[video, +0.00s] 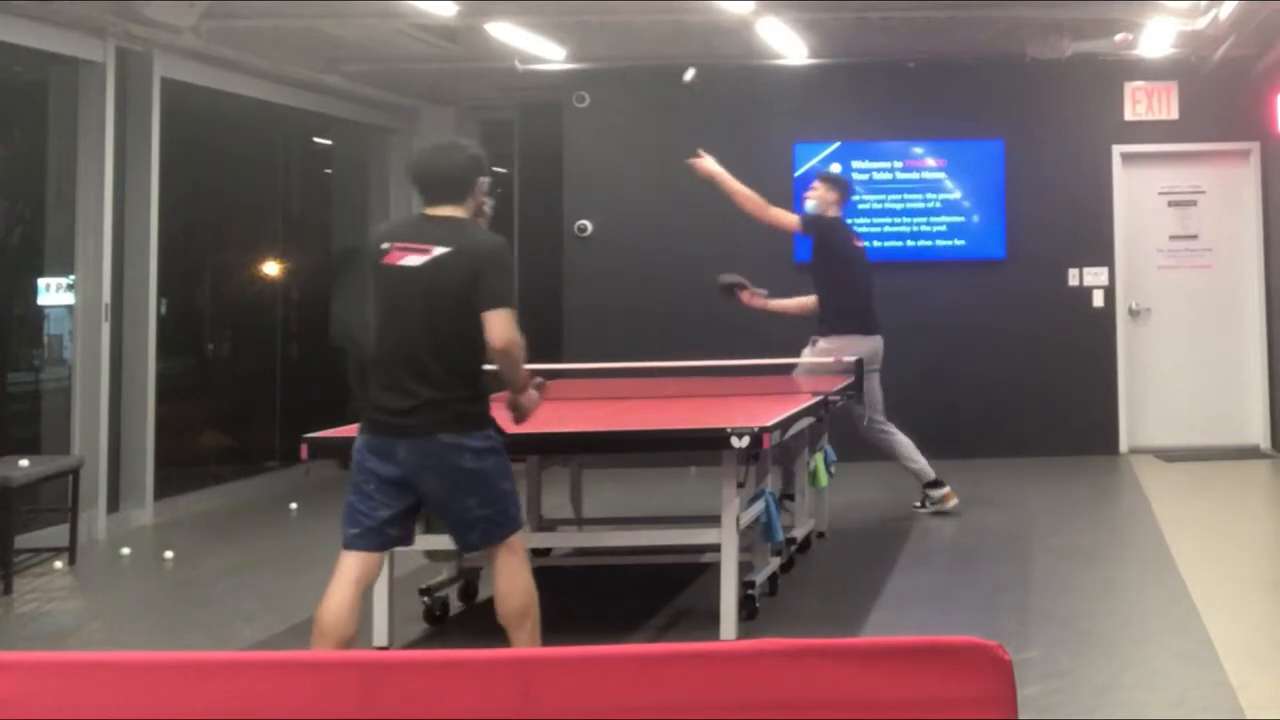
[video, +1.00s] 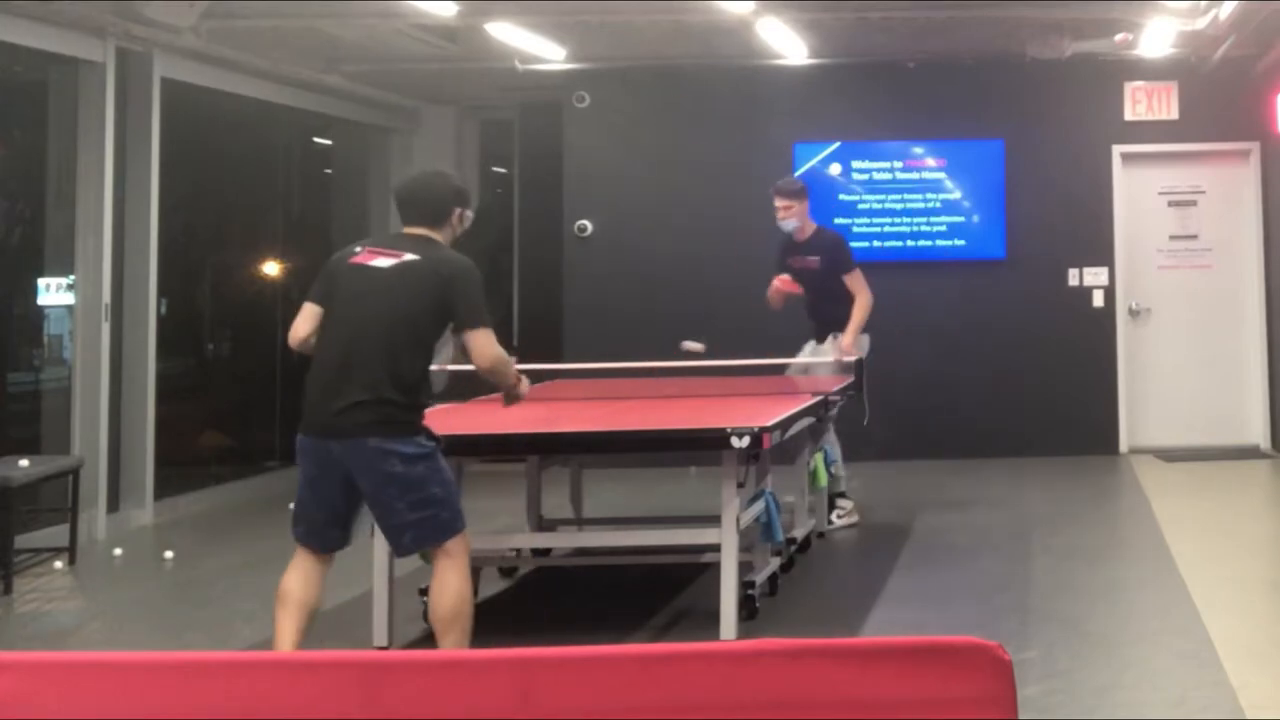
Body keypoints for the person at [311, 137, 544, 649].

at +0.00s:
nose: (487, 192)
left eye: (485, 183)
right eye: (484, 183)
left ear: (422, 188)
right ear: (473, 188)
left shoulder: (387, 242)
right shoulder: (485, 248)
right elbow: (502, 341)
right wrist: (520, 388)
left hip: (382, 434)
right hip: (456, 435)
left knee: (354, 566)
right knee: (507, 549)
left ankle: (314, 692)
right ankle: (532, 677)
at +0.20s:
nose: (518, 188)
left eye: (517, 182)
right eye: (517, 182)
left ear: (456, 186)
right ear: (512, 188)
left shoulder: (420, 233)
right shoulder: (527, 248)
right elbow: (554, 331)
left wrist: (501, 218)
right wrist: (560, 383)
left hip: (399, 416)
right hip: (473, 422)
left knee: (365, 551)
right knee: (512, 548)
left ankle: (319, 681)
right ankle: (534, 680)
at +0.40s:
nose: (503, 199)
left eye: (501, 192)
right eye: (503, 192)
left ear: (442, 193)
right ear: (497, 195)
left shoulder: (405, 240)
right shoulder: (512, 252)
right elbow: (545, 337)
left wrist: (485, 228)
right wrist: (559, 383)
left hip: (386, 423)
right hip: (462, 428)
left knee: (344, 561)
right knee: (508, 550)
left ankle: (299, 690)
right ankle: (533, 682)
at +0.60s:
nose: (460, 198)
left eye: (458, 189)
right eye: (459, 190)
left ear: (395, 194)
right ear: (448, 194)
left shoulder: (349, 245)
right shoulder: (458, 252)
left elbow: (364, 330)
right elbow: (477, 339)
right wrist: (510, 380)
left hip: (345, 429)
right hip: (419, 432)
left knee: (317, 568)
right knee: (473, 560)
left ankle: (284, 700)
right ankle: (524, 679)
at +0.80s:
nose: (451, 201)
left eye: (449, 192)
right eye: (449, 192)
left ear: (385, 194)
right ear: (437, 196)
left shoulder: (336, 246)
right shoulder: (436, 251)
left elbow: (293, 332)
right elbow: (453, 339)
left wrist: (349, 328)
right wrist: (492, 372)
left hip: (328, 431)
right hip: (398, 433)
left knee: (313, 565)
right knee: (458, 542)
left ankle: (285, 694)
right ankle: (469, 679)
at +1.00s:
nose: (465, 223)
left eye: (466, 216)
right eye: (466, 216)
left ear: (403, 213)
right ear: (456, 217)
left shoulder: (349, 255)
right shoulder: (453, 268)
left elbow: (300, 336)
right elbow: (487, 358)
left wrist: (357, 353)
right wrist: (513, 382)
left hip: (319, 429)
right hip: (388, 433)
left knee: (311, 549)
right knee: (449, 550)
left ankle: (280, 671)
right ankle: (455, 681)